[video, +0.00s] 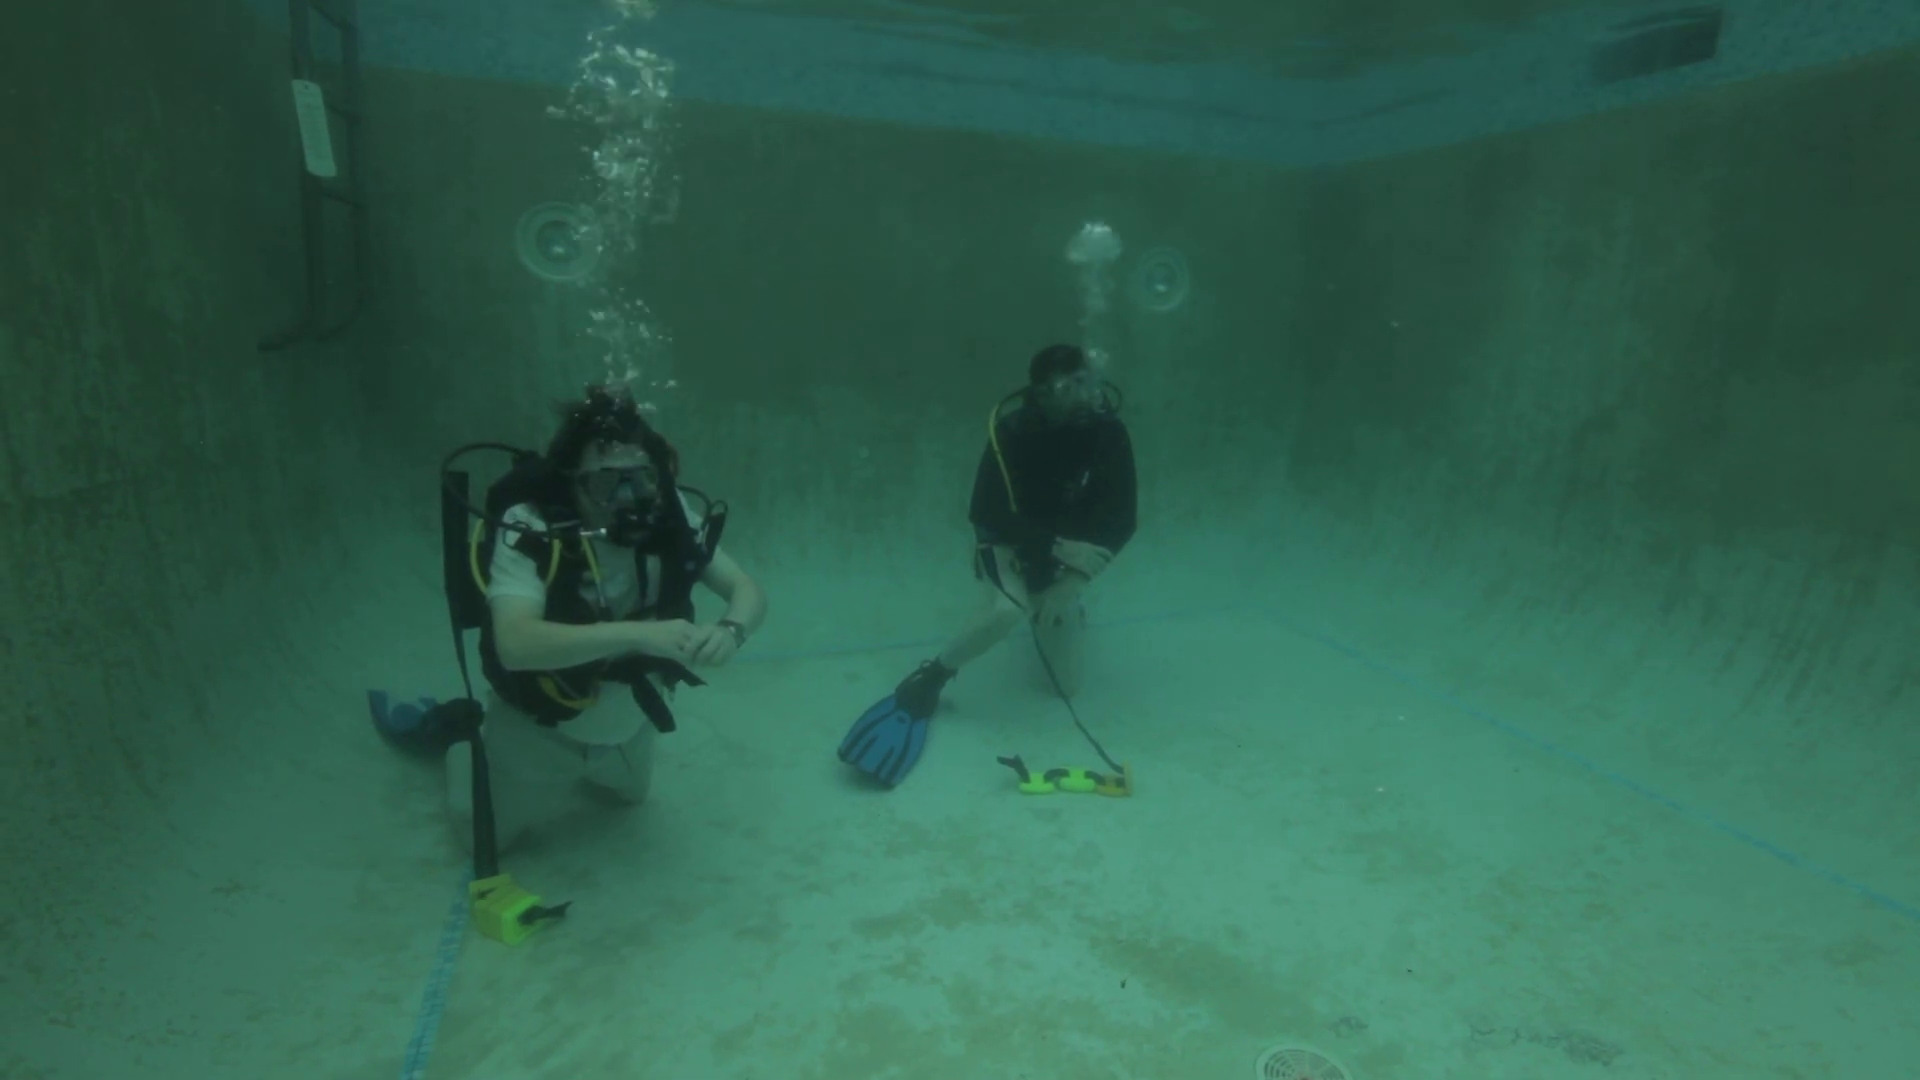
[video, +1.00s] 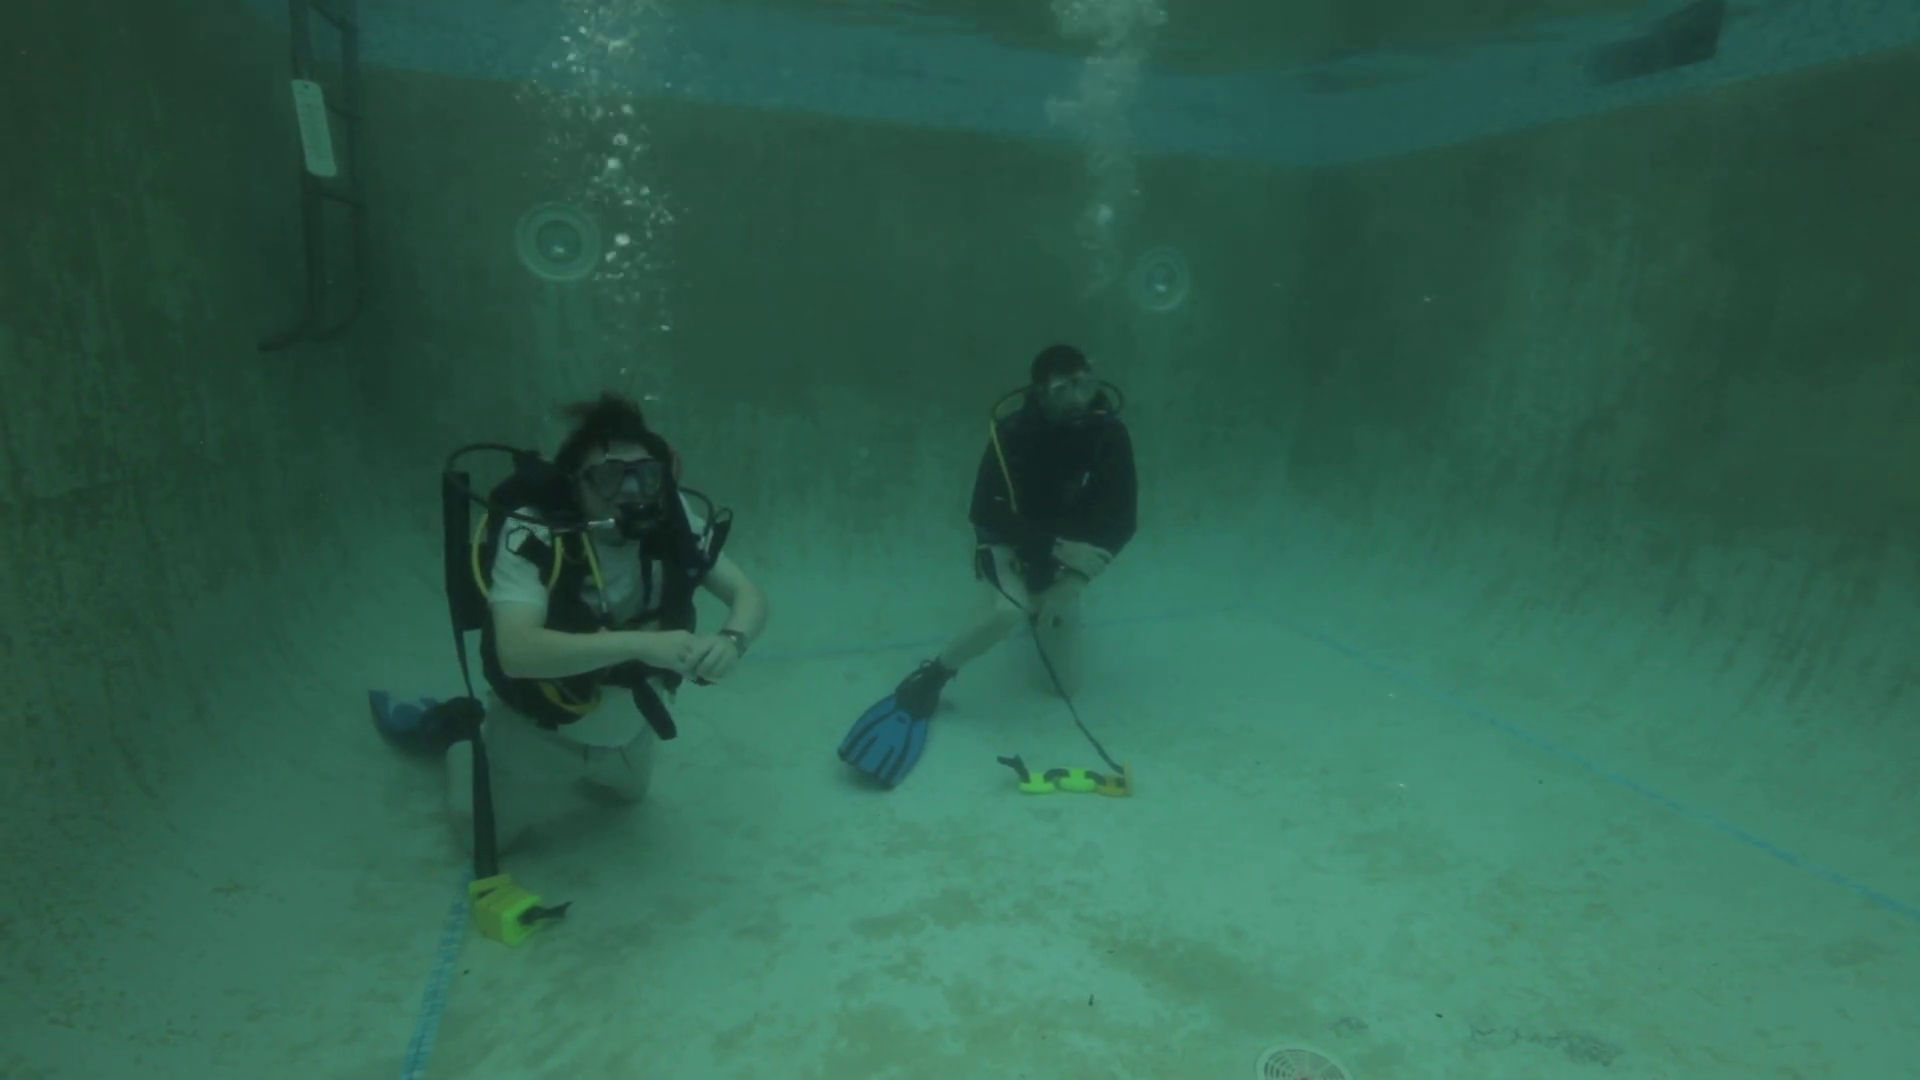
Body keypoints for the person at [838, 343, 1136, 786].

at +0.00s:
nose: (1087, 394)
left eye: (1088, 382)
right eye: (1073, 386)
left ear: (1095, 381)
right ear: (1046, 394)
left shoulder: (1108, 430)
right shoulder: (1015, 428)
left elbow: (1121, 518)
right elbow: (989, 513)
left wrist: (1071, 585)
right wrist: (1059, 545)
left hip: (1067, 551)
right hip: (1010, 541)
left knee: (1068, 681)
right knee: (1010, 609)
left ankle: (1054, 607)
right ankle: (930, 679)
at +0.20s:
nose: (1084, 392)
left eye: (1084, 380)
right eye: (1070, 385)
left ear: (1092, 380)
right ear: (1044, 394)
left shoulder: (1108, 431)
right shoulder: (1015, 429)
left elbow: (1121, 518)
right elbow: (989, 513)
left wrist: (1071, 583)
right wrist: (1059, 546)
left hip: (1068, 551)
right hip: (1011, 543)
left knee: (1069, 680)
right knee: (1010, 609)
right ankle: (932, 677)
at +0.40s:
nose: (1085, 393)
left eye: (1086, 381)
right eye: (1072, 386)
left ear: (1092, 381)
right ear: (1044, 393)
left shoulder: (1107, 428)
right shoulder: (1016, 426)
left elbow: (1121, 518)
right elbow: (990, 512)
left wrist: (1070, 584)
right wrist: (1058, 546)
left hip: (1066, 550)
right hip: (1008, 541)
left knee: (1068, 680)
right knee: (1009, 611)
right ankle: (931, 678)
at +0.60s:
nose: (1082, 394)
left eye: (1084, 382)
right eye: (1069, 387)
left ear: (1092, 381)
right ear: (1043, 394)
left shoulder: (1107, 430)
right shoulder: (1016, 428)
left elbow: (1121, 518)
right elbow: (988, 512)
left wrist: (1070, 585)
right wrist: (1058, 546)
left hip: (1069, 550)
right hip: (1011, 542)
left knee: (1068, 681)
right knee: (1009, 611)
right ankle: (930, 679)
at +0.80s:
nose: (1079, 397)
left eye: (1085, 385)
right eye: (1065, 388)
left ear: (1095, 386)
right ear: (1041, 394)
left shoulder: (1108, 433)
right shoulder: (1015, 431)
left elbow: (1120, 519)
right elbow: (985, 511)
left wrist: (1074, 576)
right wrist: (1047, 546)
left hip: (1075, 549)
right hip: (1012, 543)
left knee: (1066, 682)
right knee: (1008, 611)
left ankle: (1044, 613)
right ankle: (933, 675)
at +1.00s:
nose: (1079, 396)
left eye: (1083, 383)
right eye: (1066, 386)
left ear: (1093, 383)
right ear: (1041, 392)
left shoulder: (1108, 433)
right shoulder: (1015, 432)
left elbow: (1121, 519)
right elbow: (987, 512)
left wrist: (1070, 585)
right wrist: (1058, 546)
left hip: (1067, 555)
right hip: (1010, 545)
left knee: (1067, 681)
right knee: (1009, 612)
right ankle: (930, 678)